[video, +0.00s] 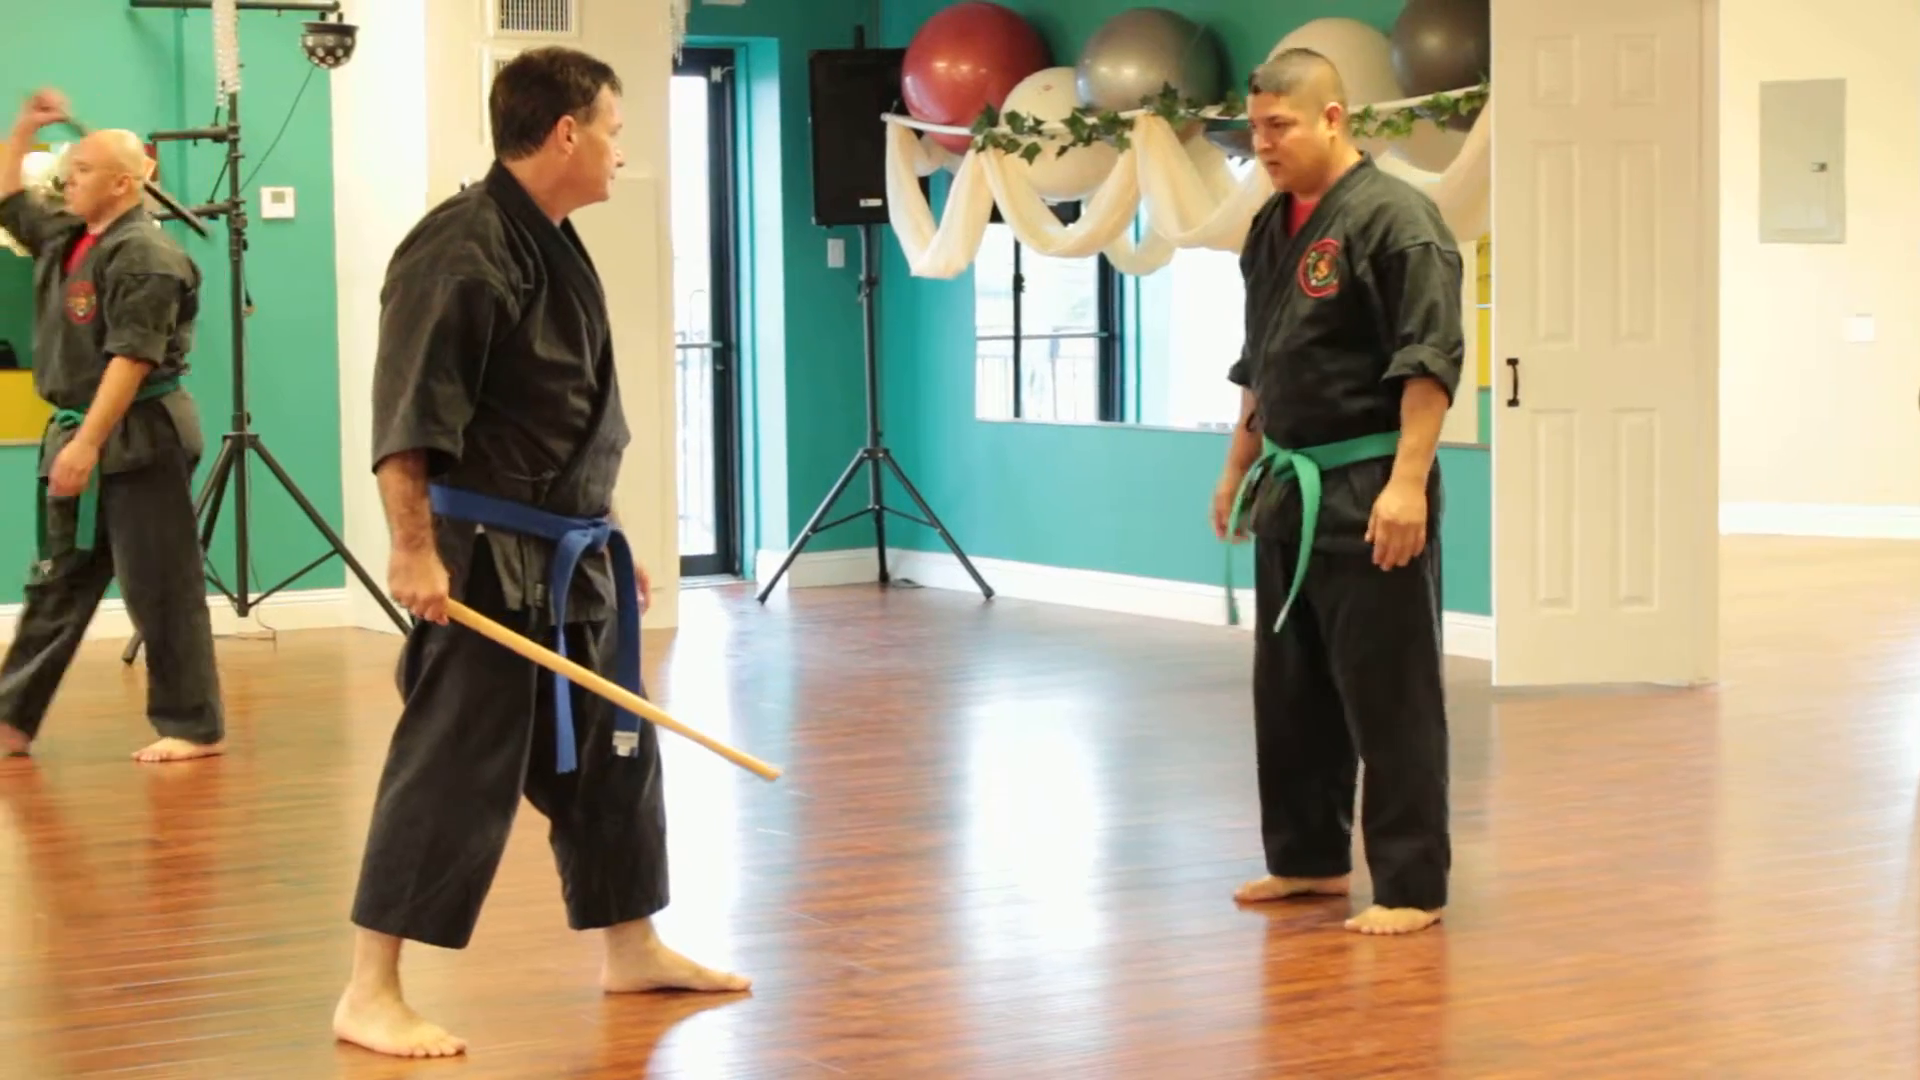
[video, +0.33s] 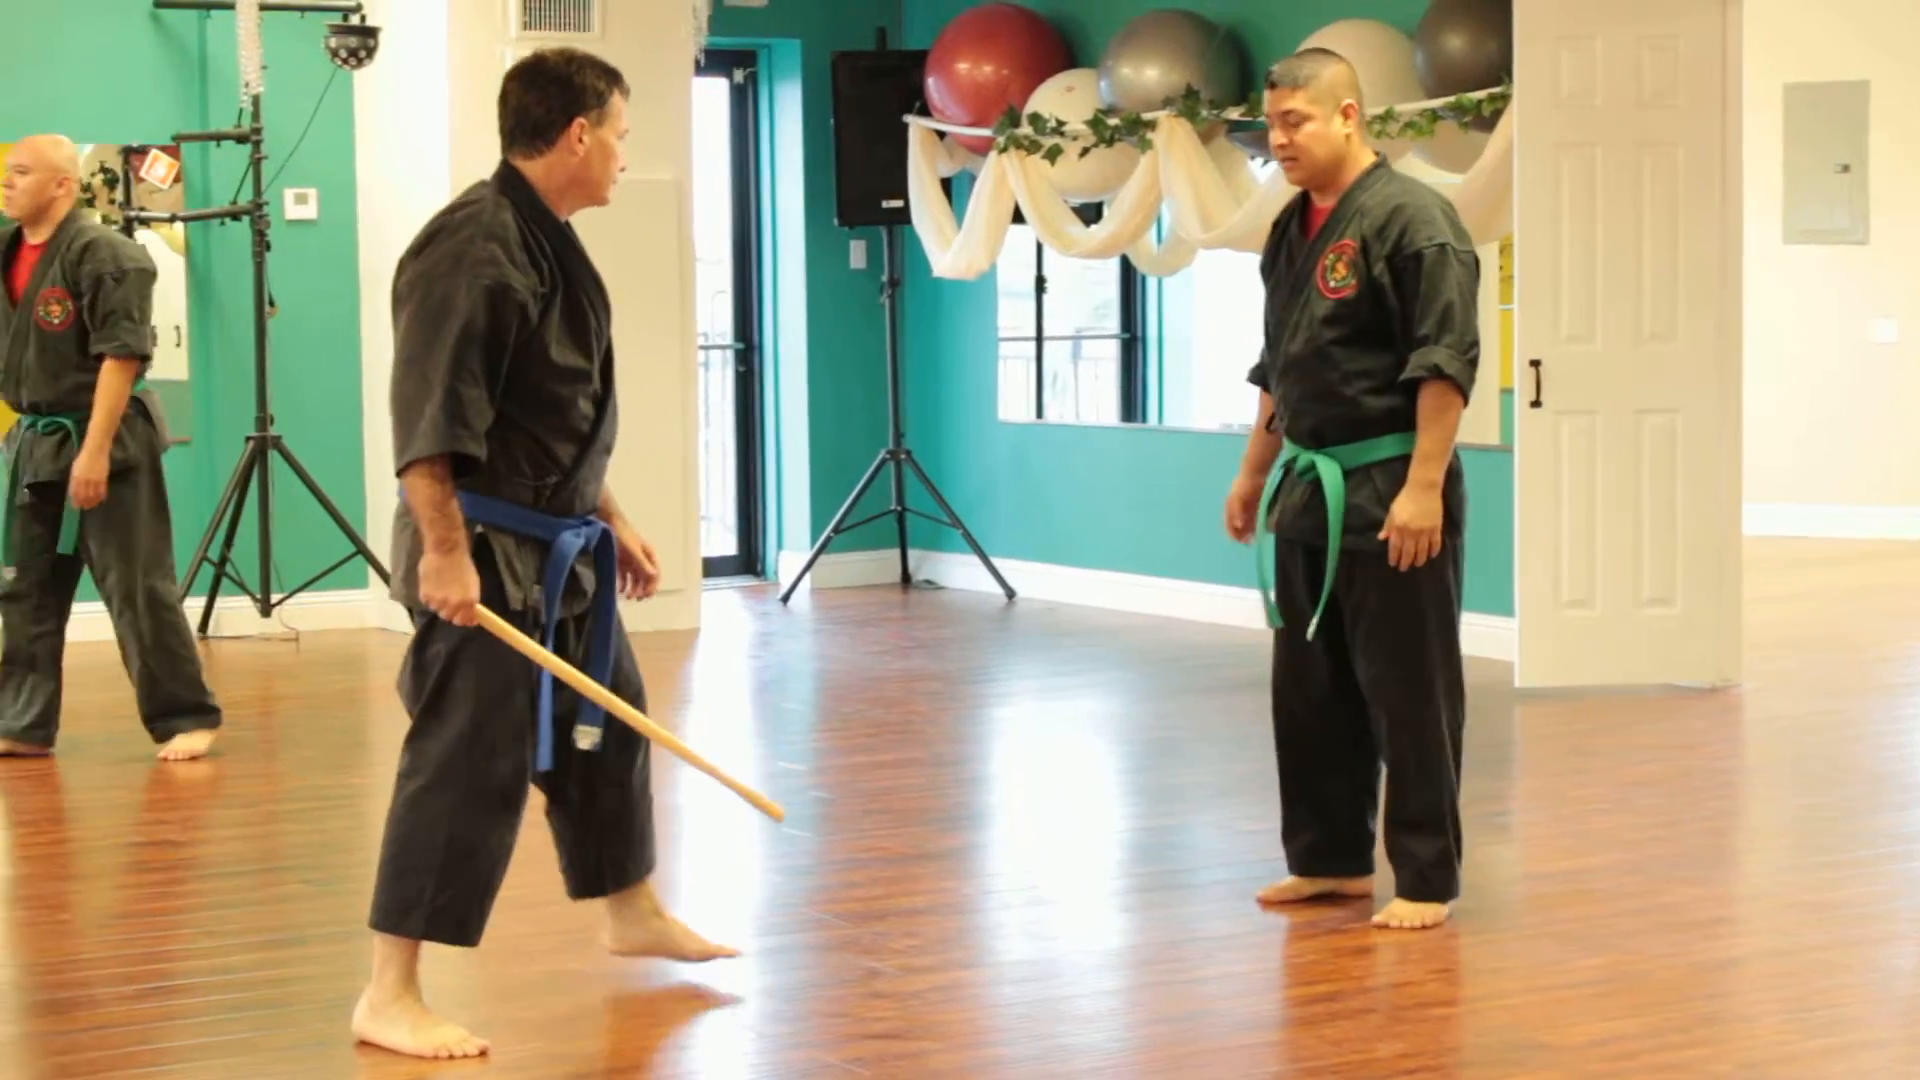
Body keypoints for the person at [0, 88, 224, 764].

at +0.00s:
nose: (65, 178)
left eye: (79, 169)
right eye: (67, 167)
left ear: (124, 182)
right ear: (107, 180)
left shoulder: (148, 257)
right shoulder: (64, 233)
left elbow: (133, 362)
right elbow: (11, 198)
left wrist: (87, 442)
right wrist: (23, 130)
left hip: (139, 426)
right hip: (77, 423)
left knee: (163, 581)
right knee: (61, 581)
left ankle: (192, 727)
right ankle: (12, 721)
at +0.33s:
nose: (6, 183)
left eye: (19, 172)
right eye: (7, 172)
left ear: (62, 185)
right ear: (22, 184)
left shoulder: (107, 254)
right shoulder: (16, 254)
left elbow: (123, 358)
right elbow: (19, 357)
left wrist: (96, 449)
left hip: (108, 433)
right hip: (38, 436)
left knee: (136, 583)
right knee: (28, 589)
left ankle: (189, 721)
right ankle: (23, 726)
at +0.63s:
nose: (5, 178)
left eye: (18, 167)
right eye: (5, 167)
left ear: (62, 178)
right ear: (16, 178)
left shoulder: (106, 246)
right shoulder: (17, 253)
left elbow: (127, 348)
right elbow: (22, 355)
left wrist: (126, 440)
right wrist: (22, 425)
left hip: (106, 429)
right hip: (37, 431)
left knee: (125, 581)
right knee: (31, 585)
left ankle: (167, 720)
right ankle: (31, 726)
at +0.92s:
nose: (45, 192)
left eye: (58, 183)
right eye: (48, 181)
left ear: (99, 196)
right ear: (88, 197)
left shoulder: (129, 263)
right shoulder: (91, 257)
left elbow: (134, 375)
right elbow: (106, 365)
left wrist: (97, 465)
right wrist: (89, 446)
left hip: (151, 435)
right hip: (106, 431)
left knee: (142, 584)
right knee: (77, 581)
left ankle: (156, 732)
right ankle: (57, 720)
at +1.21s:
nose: (104, 194)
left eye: (118, 183)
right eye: (106, 182)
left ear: (163, 192)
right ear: (164, 195)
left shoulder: (165, 262)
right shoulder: (185, 248)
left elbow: (160, 376)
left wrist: (128, 461)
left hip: (179, 435)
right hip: (212, 428)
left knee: (155, 584)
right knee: (203, 574)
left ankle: (160, 737)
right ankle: (276, 697)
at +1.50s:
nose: (150, 203)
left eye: (162, 193)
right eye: (152, 192)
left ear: (202, 205)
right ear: (208, 207)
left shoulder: (192, 270)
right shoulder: (249, 260)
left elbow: (181, 378)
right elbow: (259, 366)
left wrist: (156, 464)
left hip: (211, 444)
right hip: (259, 438)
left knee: (148, 587)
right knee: (248, 590)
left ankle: (147, 736)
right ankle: (294, 721)